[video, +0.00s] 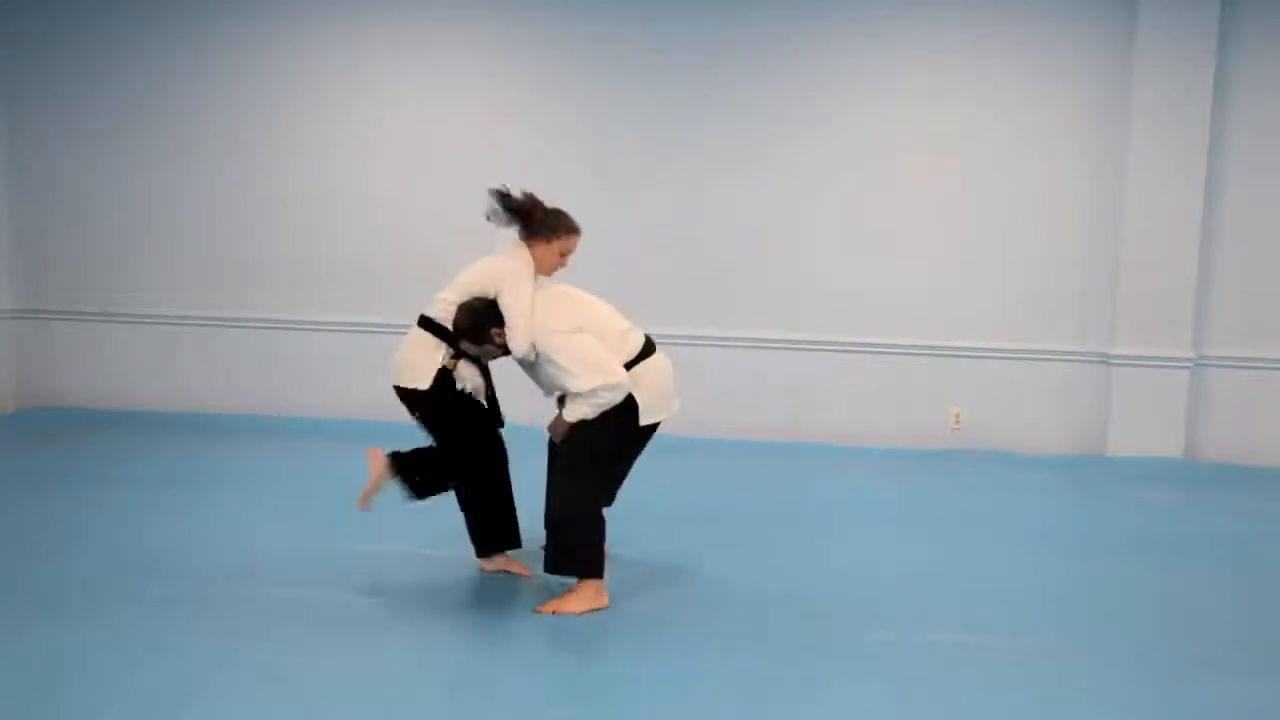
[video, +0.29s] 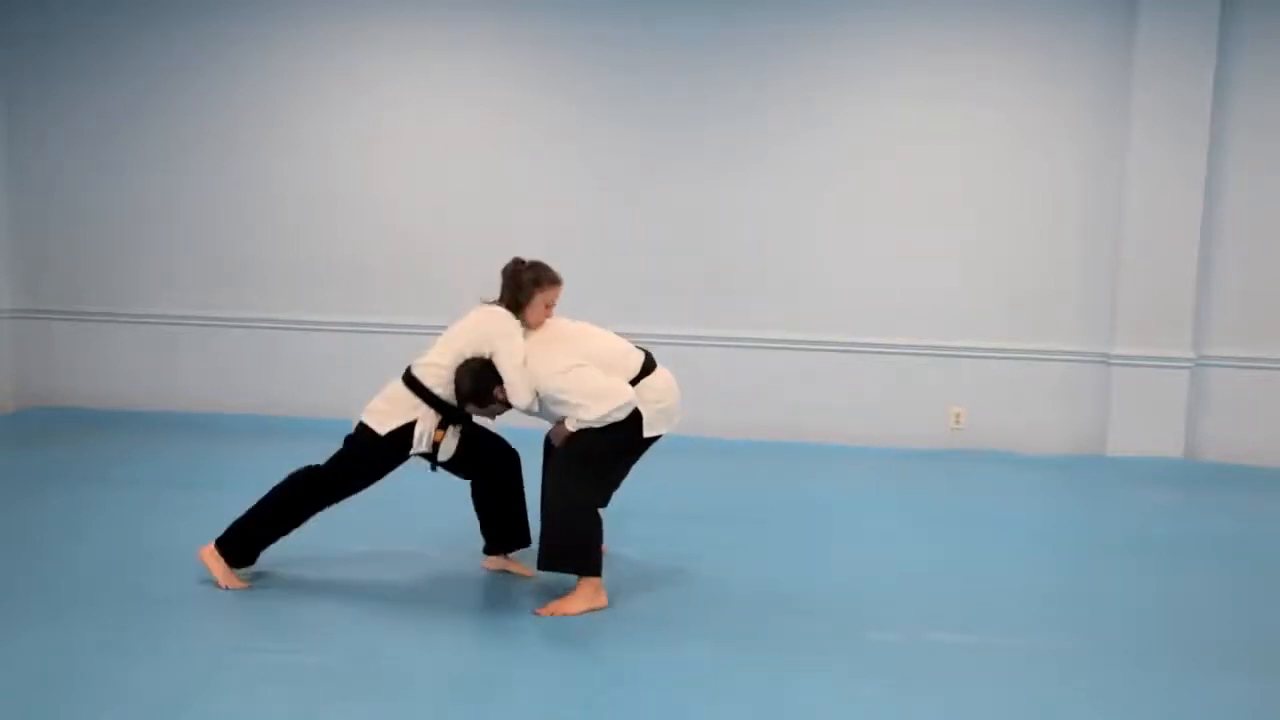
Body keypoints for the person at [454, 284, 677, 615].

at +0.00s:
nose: (482, 358)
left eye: (479, 351)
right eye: (476, 352)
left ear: (498, 335)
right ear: (498, 330)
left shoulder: (543, 329)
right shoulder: (522, 312)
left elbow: (610, 383)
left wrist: (569, 416)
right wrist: (568, 401)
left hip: (638, 387)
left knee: (577, 471)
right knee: (565, 453)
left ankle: (590, 586)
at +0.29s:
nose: (489, 417)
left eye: (486, 412)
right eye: (482, 413)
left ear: (499, 393)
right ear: (500, 388)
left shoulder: (546, 376)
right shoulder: (521, 350)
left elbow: (621, 401)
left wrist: (569, 426)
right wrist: (566, 419)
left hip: (646, 399)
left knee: (572, 471)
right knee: (558, 450)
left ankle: (590, 588)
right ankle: (584, 540)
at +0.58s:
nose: (479, 358)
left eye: (476, 351)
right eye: (472, 353)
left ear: (492, 331)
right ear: (492, 325)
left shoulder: (541, 331)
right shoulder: (528, 318)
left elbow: (604, 384)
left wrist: (562, 421)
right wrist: (562, 408)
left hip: (638, 388)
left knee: (574, 465)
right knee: (566, 453)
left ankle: (590, 586)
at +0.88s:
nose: (468, 339)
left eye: (468, 332)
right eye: (462, 334)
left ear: (487, 312)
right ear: (487, 306)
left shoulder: (533, 309)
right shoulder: (517, 297)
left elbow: (596, 375)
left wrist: (559, 423)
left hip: (626, 378)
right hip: (601, 371)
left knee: (578, 472)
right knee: (560, 453)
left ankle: (594, 584)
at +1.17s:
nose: (467, 381)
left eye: (465, 375)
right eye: (462, 376)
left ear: (480, 358)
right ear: (482, 348)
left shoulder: (529, 354)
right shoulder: (514, 332)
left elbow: (597, 401)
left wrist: (548, 434)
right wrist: (550, 423)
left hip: (630, 398)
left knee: (563, 468)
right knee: (550, 456)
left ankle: (591, 586)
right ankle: (584, 538)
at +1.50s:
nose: (461, 390)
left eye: (455, 385)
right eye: (452, 386)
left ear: (466, 367)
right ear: (464, 354)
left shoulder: (511, 359)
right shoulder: (497, 328)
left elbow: (583, 403)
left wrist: (536, 435)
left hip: (619, 396)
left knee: (549, 469)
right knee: (558, 459)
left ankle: (588, 585)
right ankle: (584, 535)